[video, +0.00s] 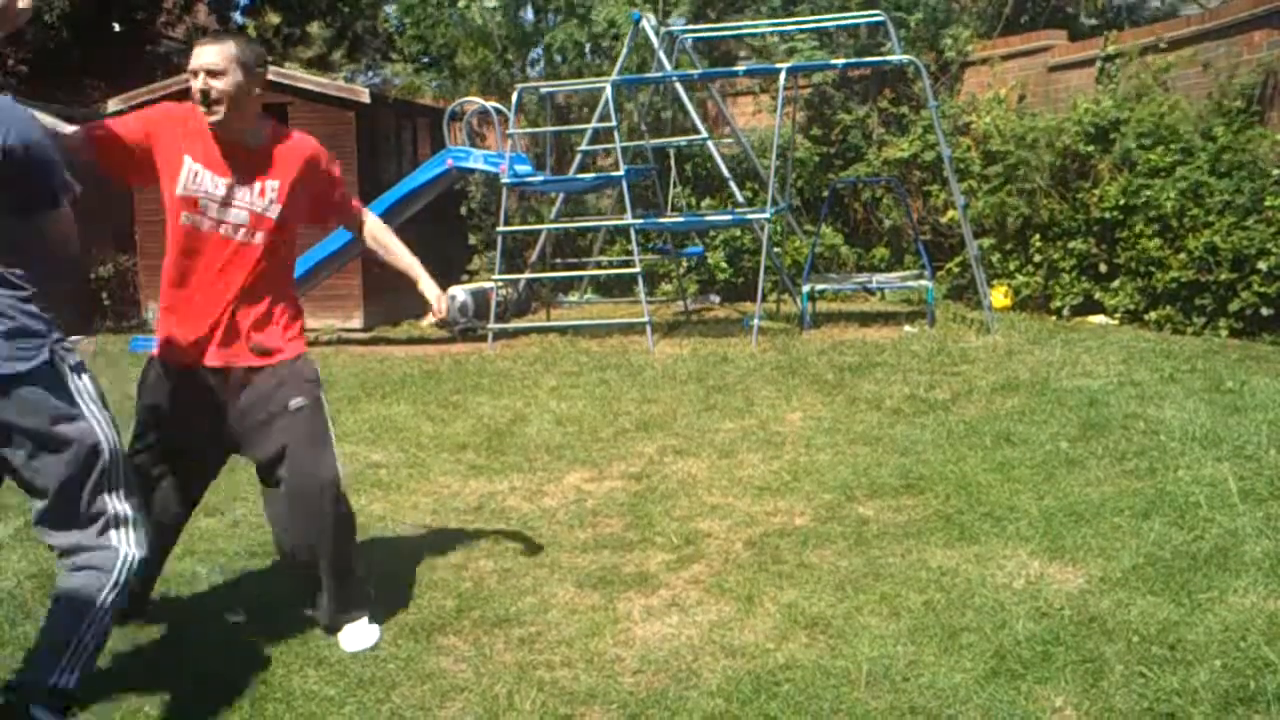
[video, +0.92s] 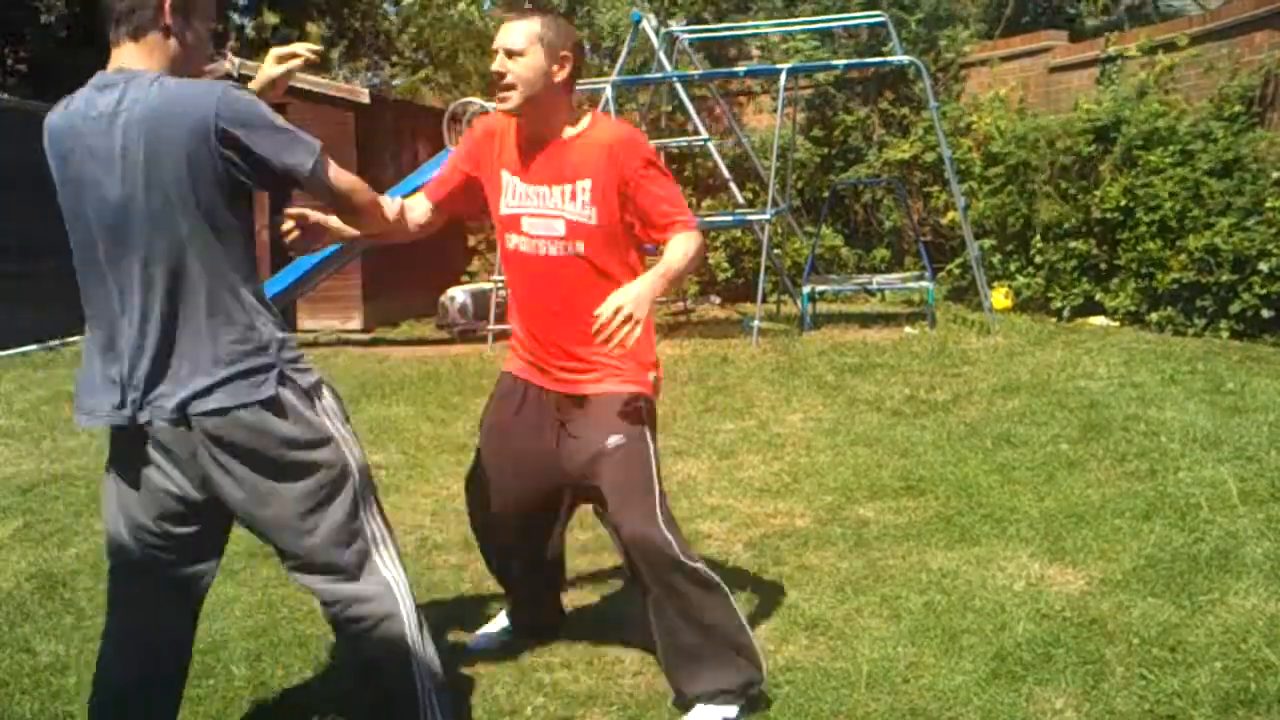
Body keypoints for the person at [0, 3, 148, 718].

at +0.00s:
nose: (24, 38)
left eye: (20, 31)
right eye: (18, 31)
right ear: (9, 43)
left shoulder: (23, 130)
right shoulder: (19, 129)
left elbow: (64, 254)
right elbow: (65, 257)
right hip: (11, 341)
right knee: (108, 531)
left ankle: (40, 696)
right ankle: (40, 699)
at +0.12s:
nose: (24, 50)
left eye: (21, 36)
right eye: (16, 37)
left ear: (1, 57)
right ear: (2, 55)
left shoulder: (36, 133)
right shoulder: (36, 133)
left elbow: (107, 235)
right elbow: (110, 237)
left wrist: (84, 173)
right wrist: (97, 178)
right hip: (37, 367)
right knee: (148, 537)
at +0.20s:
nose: (57, 40)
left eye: (50, 27)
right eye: (53, 28)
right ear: (40, 36)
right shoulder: (92, 126)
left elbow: (186, 185)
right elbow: (188, 188)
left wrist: (151, 88)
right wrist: (157, 79)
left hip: (6, 404)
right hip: (103, 387)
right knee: (183, 574)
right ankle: (253, 710)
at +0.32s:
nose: (99, 36)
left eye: (92, 27)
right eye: (95, 25)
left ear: (10, 45)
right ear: (85, 28)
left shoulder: (2, 126)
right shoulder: (151, 110)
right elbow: (275, 114)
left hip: (32, 407)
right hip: (160, 387)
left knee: (3, 604)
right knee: (225, 587)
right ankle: (260, 711)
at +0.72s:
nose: (162, 19)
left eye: (159, 8)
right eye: (158, 8)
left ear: (74, 18)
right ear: (135, 10)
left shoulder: (25, 105)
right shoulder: (198, 85)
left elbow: (127, 98)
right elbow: (295, 153)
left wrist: (208, 48)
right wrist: (269, 103)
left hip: (102, 386)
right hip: (222, 369)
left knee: (108, 614)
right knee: (324, 553)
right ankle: (346, 705)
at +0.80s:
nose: (173, 27)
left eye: (175, 18)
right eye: (170, 16)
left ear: (78, 23)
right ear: (145, 14)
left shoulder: (32, 111)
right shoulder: (203, 95)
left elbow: (137, 104)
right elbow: (301, 163)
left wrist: (222, 48)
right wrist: (313, 131)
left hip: (112, 395)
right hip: (230, 380)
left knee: (106, 621)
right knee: (335, 571)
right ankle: (396, 710)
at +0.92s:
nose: (217, 40)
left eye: (219, 25)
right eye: (212, 24)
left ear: (116, 24)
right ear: (170, 15)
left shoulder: (61, 125)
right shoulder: (215, 107)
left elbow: (157, 145)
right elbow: (343, 188)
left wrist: (252, 94)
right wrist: (384, 217)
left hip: (137, 410)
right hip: (252, 393)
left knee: (139, 645)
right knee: (364, 584)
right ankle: (427, 710)